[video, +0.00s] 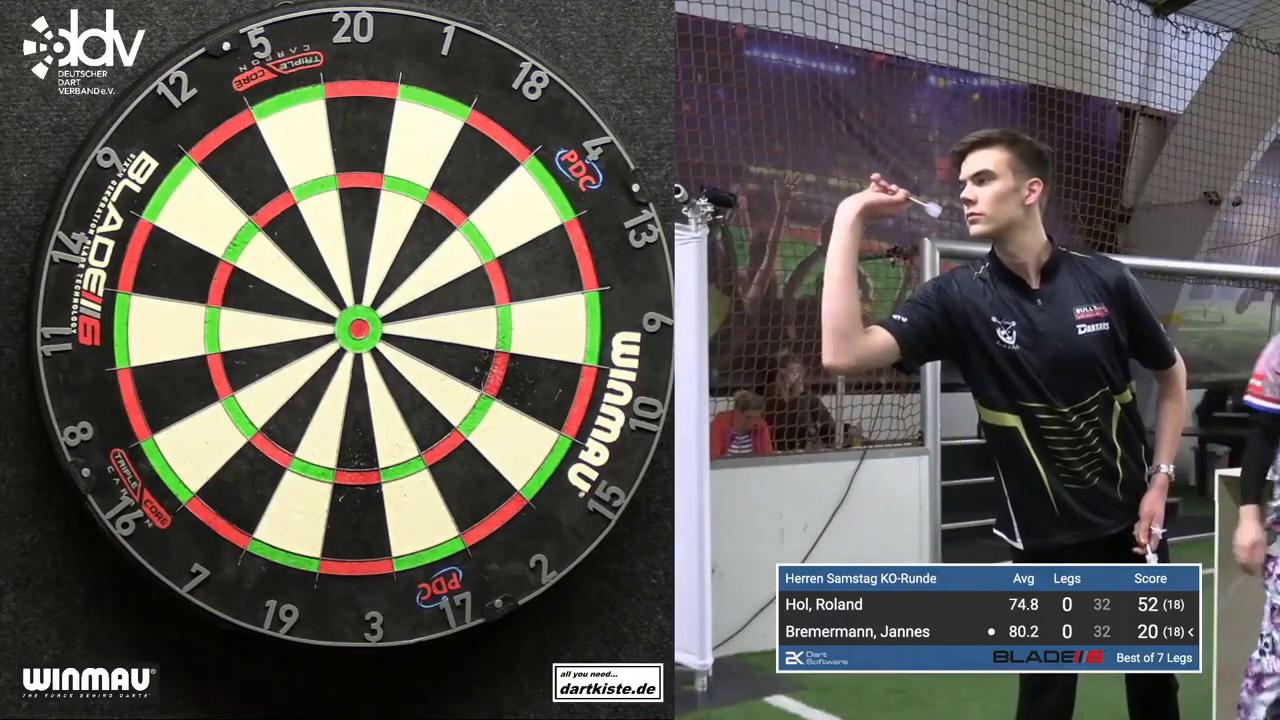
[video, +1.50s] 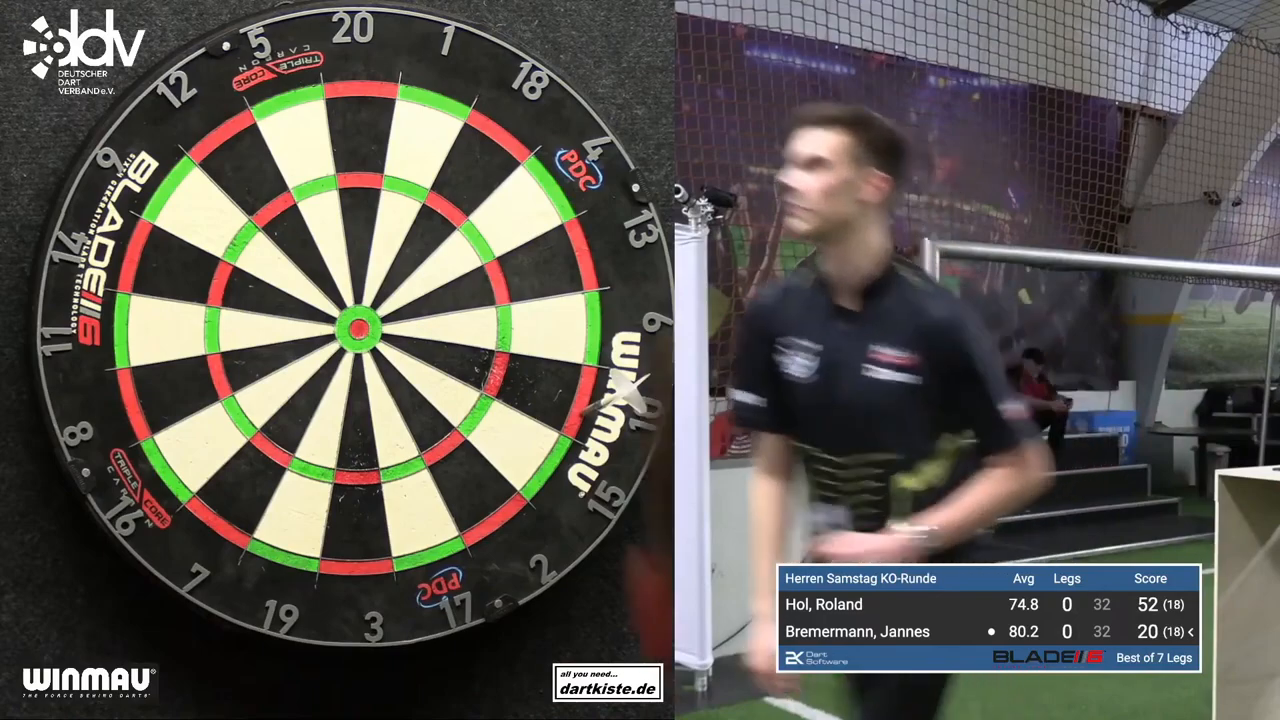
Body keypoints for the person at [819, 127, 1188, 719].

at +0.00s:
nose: (966, 196)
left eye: (983, 180)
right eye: (963, 185)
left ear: (1032, 191)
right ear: (963, 201)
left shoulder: (1104, 280)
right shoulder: (958, 298)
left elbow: (1172, 376)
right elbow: (842, 350)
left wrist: (1160, 481)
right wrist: (847, 216)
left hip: (1130, 526)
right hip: (1039, 542)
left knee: (1154, 685)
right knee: (1046, 699)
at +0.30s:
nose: (968, 192)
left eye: (985, 177)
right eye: (965, 184)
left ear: (1035, 190)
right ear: (966, 199)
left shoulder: (1104, 282)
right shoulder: (959, 280)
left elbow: (1174, 377)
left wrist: (1160, 487)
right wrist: (698, 271)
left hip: (1132, 520)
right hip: (1047, 529)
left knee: (1154, 681)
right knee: (1048, 693)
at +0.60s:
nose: (970, 192)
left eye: (987, 178)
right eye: (967, 183)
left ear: (1037, 188)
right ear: (969, 198)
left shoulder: (1110, 284)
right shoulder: (960, 289)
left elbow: (1173, 382)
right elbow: (842, 329)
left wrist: (1156, 488)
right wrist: (714, 377)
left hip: (1129, 523)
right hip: (1039, 538)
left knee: (1153, 680)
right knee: (1046, 691)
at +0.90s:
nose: (958, 203)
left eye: (976, 186)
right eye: (956, 192)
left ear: (1025, 197)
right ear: (955, 207)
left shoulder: (1098, 293)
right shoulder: (948, 319)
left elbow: (1162, 391)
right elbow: (927, 460)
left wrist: (1131, 482)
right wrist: (910, 582)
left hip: (1112, 529)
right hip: (1024, 546)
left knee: (1144, 683)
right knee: (1055, 698)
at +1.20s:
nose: (911, 203)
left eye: (930, 187)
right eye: (909, 191)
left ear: (982, 200)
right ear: (907, 204)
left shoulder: (1056, 309)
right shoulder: (898, 323)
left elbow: (1120, 424)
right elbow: (909, 465)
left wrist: (1041, 490)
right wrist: (918, 581)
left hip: (1061, 566)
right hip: (969, 571)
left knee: (1049, 707)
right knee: (1009, 707)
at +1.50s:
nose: (786, 180)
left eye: (813, 166)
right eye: (788, 164)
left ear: (875, 187)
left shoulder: (938, 321)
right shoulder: (774, 316)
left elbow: (1026, 465)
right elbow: (771, 467)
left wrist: (902, 539)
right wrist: (768, 615)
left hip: (928, 590)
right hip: (832, 589)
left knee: (889, 707)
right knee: (885, 706)